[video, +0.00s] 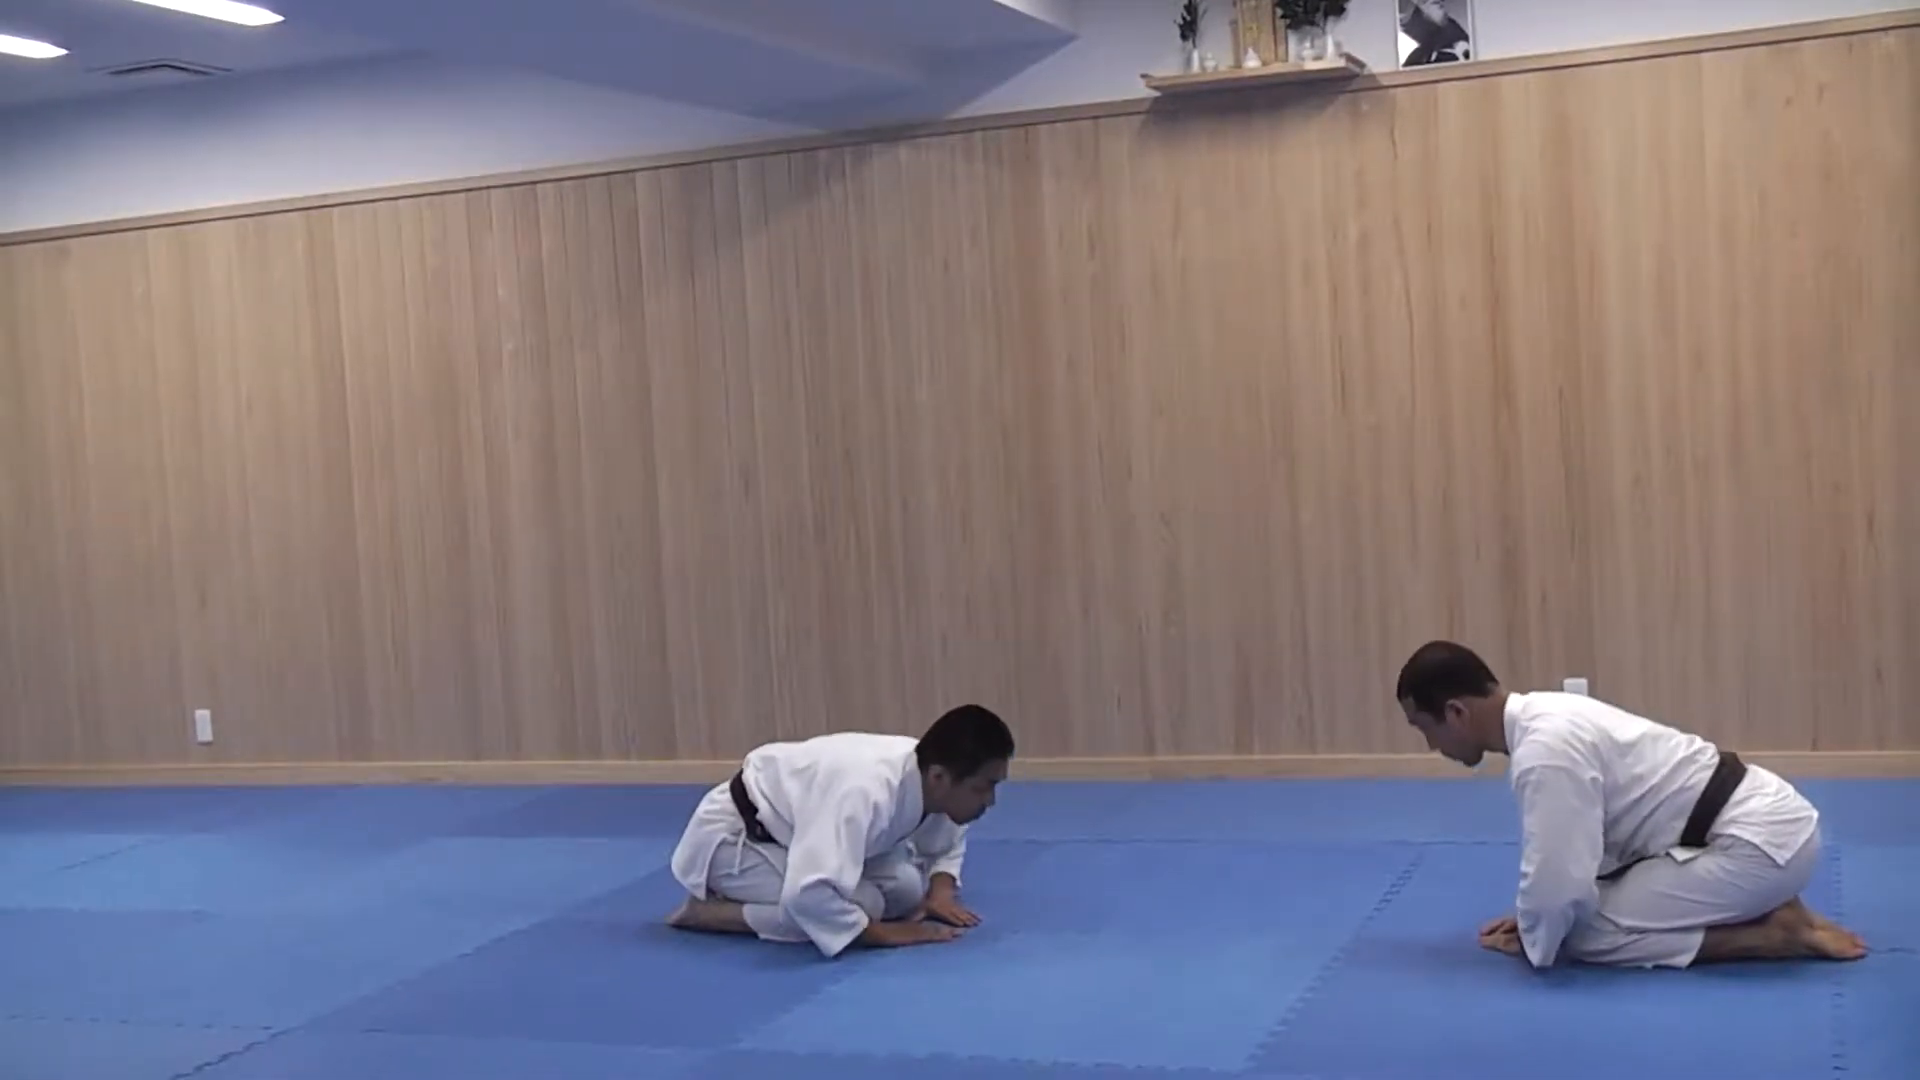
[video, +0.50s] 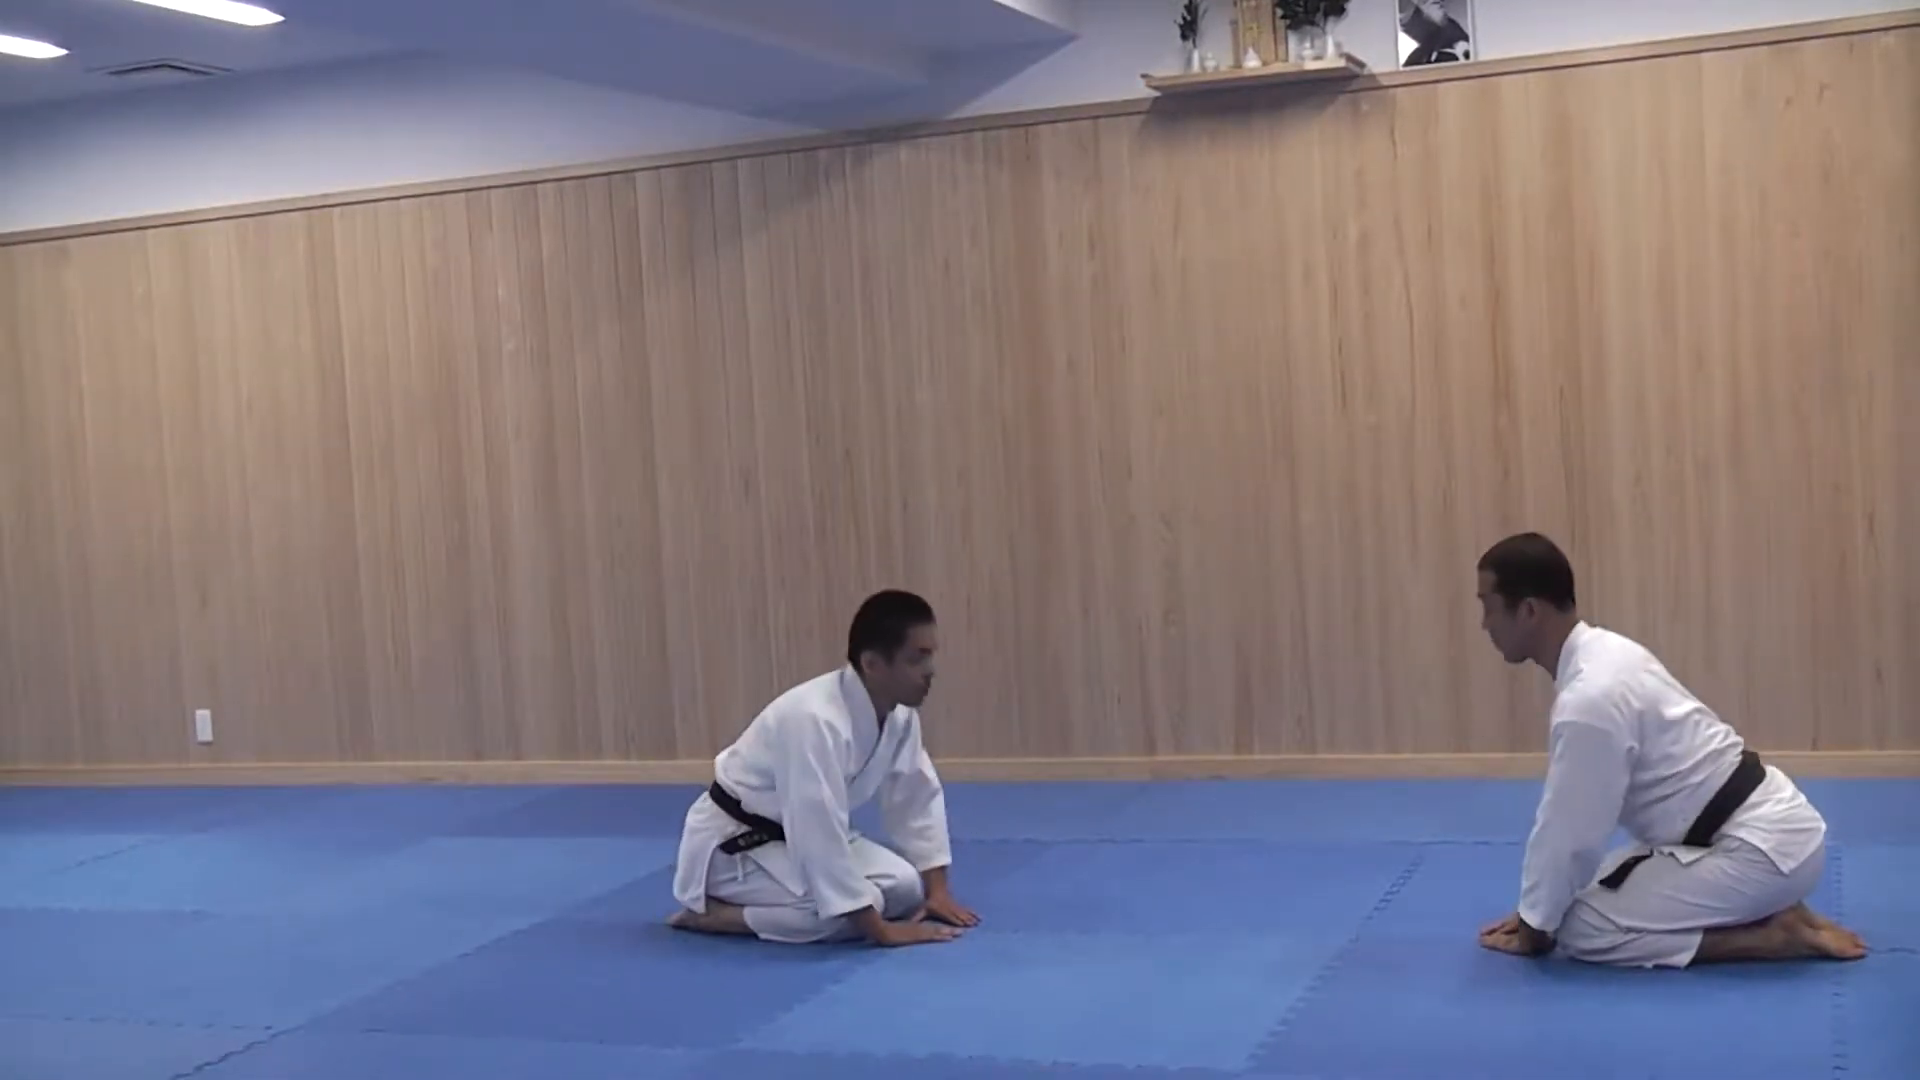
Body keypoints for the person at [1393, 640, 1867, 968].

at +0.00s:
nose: (1430, 743)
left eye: (1423, 728)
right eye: (1421, 731)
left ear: (1455, 710)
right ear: (1471, 697)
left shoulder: (1545, 747)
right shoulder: (1547, 721)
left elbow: (1559, 882)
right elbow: (1587, 853)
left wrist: (1534, 939)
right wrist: (1534, 912)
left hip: (1758, 843)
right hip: (1764, 823)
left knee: (1582, 932)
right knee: (1580, 911)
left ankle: (1771, 939)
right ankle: (1774, 925)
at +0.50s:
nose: (1482, 621)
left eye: (1487, 605)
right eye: (1481, 605)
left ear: (1529, 611)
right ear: (1536, 609)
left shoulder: (1590, 698)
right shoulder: (1604, 653)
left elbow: (1570, 831)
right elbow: (1567, 808)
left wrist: (1536, 928)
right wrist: (1536, 911)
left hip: (1761, 852)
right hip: (1775, 823)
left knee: (1583, 932)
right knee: (1600, 894)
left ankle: (1774, 938)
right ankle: (1776, 921)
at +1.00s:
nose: (1589, 543)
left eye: (1599, 529)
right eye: (1594, 527)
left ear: (1639, 548)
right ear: (1650, 550)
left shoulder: (1654, 661)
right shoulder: (1702, 612)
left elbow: (1593, 788)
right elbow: (1672, 749)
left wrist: (1541, 883)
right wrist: (1619, 832)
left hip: (1764, 860)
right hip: (1789, 833)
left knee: (1585, 925)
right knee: (1588, 892)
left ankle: (1779, 941)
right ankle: (1785, 919)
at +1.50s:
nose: (1678, 517)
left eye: (1692, 502)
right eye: (1685, 500)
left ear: (1731, 523)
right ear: (1732, 524)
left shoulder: (1737, 638)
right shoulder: (1761, 605)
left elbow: (1674, 769)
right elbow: (1688, 759)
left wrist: (1597, 866)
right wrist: (1634, 855)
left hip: (1780, 862)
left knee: (1583, 924)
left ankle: (1782, 943)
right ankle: (1787, 922)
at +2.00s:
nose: (1714, 514)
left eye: (1729, 499)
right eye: (1721, 498)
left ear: (1770, 521)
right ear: (1768, 522)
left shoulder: (1772, 635)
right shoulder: (1771, 610)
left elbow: (1740, 780)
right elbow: (1725, 763)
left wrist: (1658, 858)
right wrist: (1660, 829)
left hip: (1787, 867)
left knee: (1584, 921)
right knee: (1588, 883)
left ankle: (1787, 944)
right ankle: (1774, 921)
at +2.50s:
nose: (1671, 525)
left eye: (1684, 510)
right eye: (1676, 508)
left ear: (1726, 527)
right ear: (1725, 528)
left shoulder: (1740, 636)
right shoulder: (1736, 614)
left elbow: (1735, 782)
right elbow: (1720, 765)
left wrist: (1664, 856)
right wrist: (1664, 828)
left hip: (1785, 866)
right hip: (1767, 844)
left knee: (1586, 919)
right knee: (1588, 882)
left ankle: (1786, 944)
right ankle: (1773, 920)